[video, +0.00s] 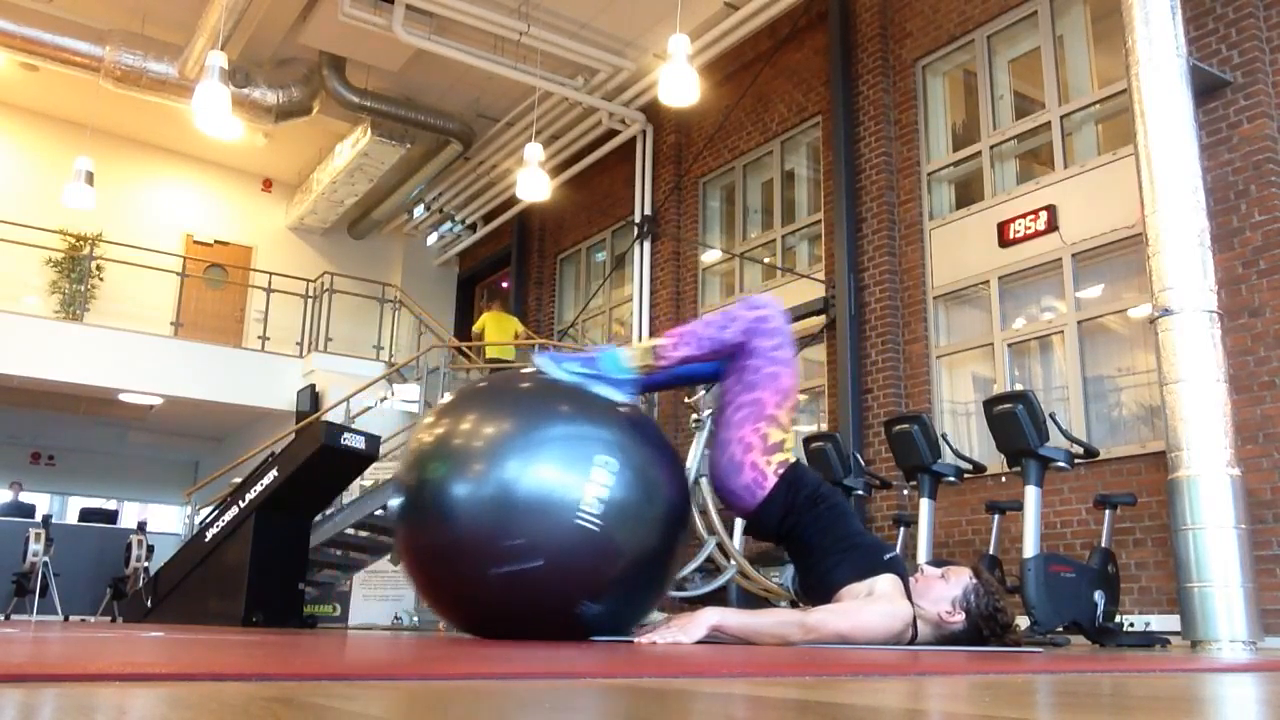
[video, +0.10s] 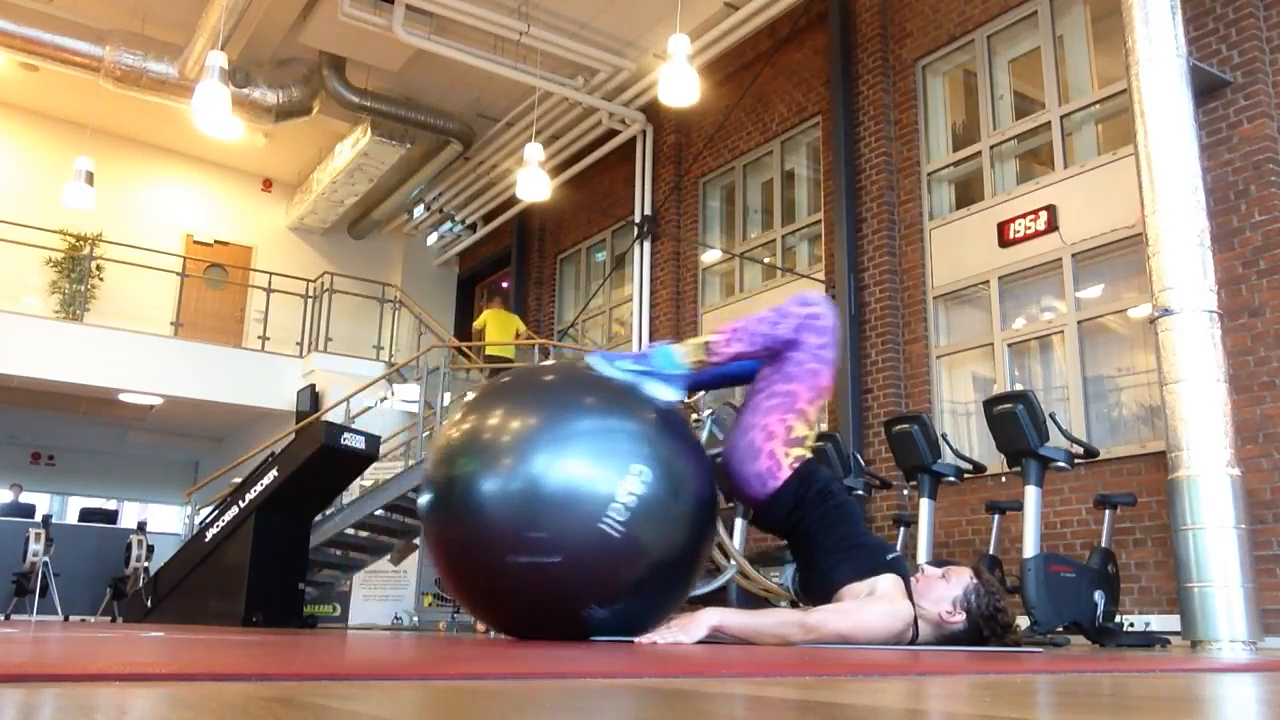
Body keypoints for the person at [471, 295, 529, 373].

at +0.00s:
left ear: (490, 303)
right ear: (503, 305)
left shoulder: (487, 316)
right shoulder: (513, 319)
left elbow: (475, 331)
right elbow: (523, 333)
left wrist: (477, 346)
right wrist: (515, 344)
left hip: (492, 355)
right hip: (509, 355)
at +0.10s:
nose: (488, 306)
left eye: (488, 303)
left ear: (490, 303)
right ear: (502, 303)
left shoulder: (488, 313)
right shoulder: (513, 317)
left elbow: (475, 327)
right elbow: (524, 333)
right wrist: (515, 343)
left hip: (491, 354)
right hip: (509, 356)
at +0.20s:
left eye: (493, 300)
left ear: (490, 301)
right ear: (503, 302)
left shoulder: (489, 311)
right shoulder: (514, 317)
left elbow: (476, 324)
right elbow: (524, 333)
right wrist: (514, 343)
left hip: (490, 353)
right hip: (507, 355)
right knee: (504, 385)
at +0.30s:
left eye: (490, 302)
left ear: (490, 301)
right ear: (501, 302)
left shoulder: (489, 310)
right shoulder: (512, 316)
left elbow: (476, 324)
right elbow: (522, 333)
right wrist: (511, 342)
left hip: (489, 352)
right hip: (506, 354)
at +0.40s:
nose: (488, 304)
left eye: (488, 303)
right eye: (489, 303)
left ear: (489, 302)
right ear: (500, 303)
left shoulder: (488, 311)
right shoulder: (510, 317)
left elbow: (477, 324)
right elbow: (518, 334)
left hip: (488, 351)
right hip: (504, 353)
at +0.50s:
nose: (484, 303)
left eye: (485, 301)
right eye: (484, 301)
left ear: (487, 301)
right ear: (497, 303)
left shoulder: (485, 312)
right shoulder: (507, 317)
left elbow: (479, 326)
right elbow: (514, 335)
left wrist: (475, 337)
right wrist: (506, 344)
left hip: (487, 351)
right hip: (503, 353)